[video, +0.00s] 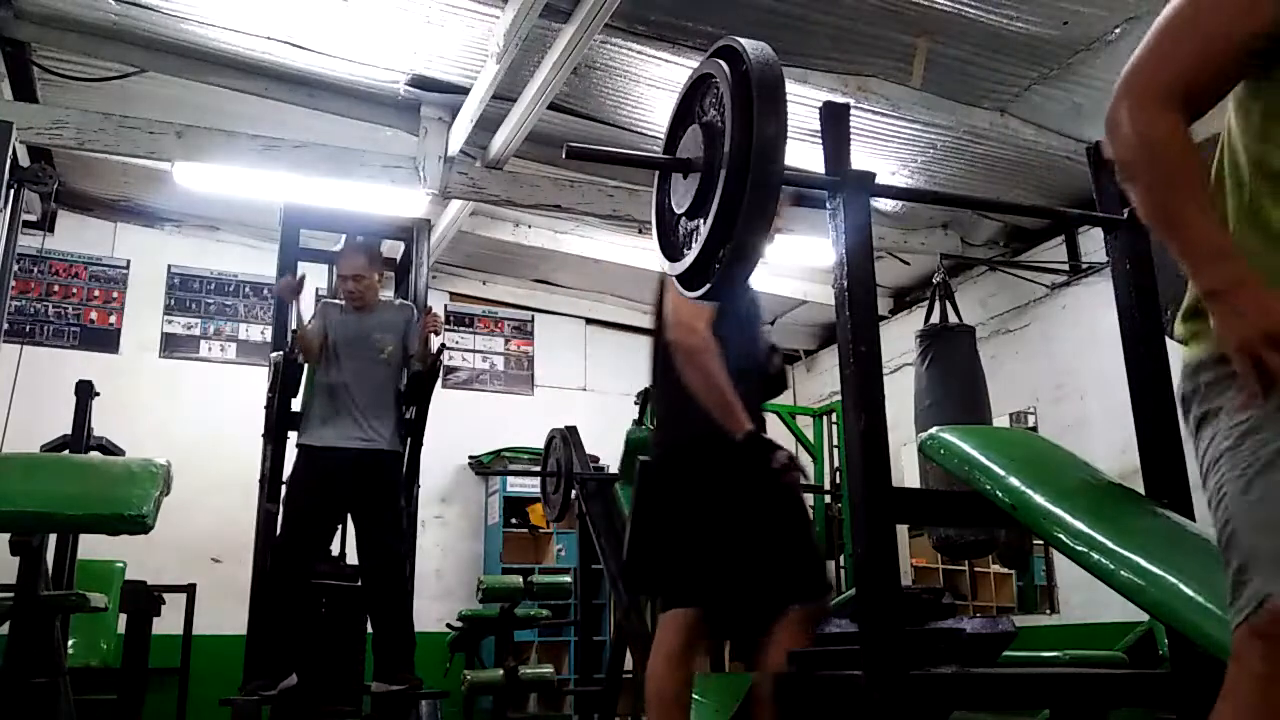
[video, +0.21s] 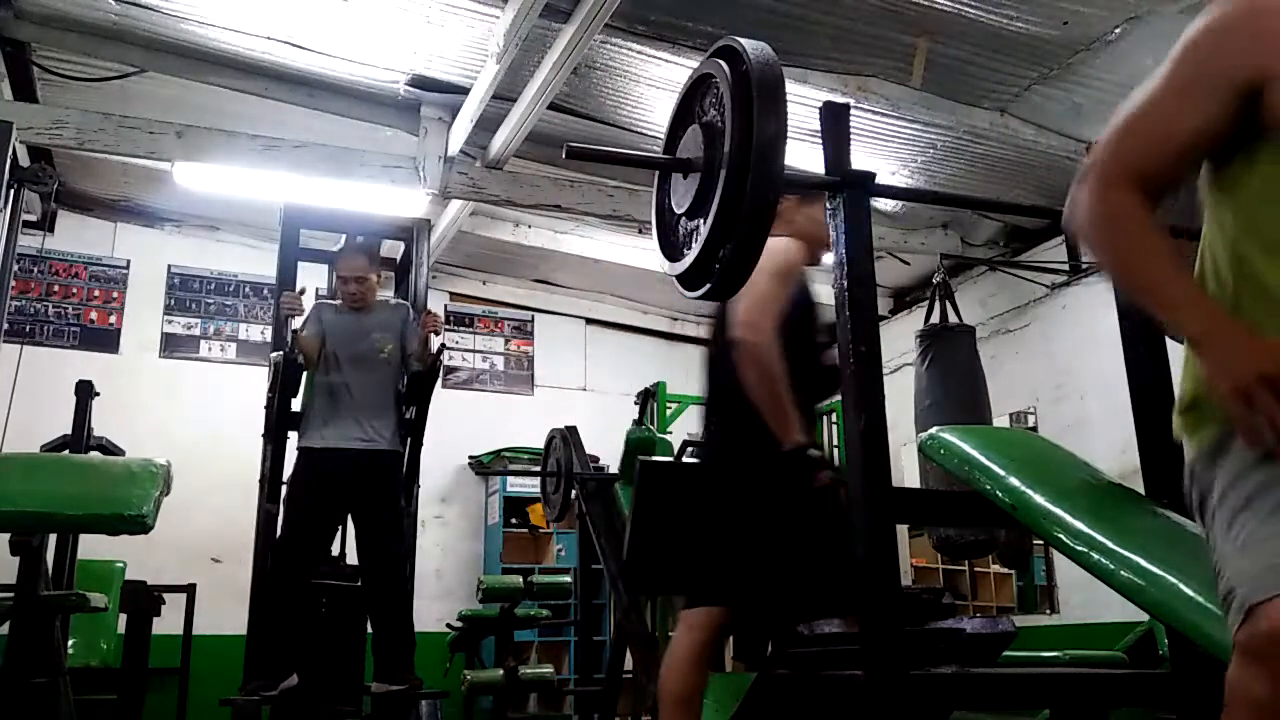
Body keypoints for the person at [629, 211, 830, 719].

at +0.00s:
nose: (783, 219)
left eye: (784, 206)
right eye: (779, 203)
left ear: (751, 204)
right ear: (749, 199)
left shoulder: (730, 272)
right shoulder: (704, 254)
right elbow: (688, 334)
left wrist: (762, 370)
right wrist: (749, 435)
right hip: (713, 461)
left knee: (682, 619)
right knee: (794, 607)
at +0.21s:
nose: (830, 219)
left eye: (828, 207)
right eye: (821, 205)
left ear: (787, 211)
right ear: (789, 208)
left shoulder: (761, 261)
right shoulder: (780, 252)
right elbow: (750, 331)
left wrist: (832, 365)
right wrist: (797, 441)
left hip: (736, 463)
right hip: (758, 464)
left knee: (701, 621)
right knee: (705, 618)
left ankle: (673, 718)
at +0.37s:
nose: (902, 223)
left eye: (902, 211)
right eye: (897, 208)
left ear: (863, 211)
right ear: (869, 207)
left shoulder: (851, 263)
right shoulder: (831, 246)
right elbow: (820, 330)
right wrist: (855, 423)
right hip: (816, 449)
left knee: (755, 606)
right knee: (757, 606)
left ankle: (702, 709)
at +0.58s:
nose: (963, 202)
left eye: (964, 190)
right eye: (956, 189)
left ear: (911, 187)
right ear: (921, 181)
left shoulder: (884, 242)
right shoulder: (915, 231)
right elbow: (917, 325)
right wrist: (972, 423)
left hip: (893, 444)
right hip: (927, 444)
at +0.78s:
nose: (1023, 207)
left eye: (1024, 195)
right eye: (1017, 192)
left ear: (964, 188)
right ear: (982, 183)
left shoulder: (924, 259)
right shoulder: (989, 242)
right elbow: (1031, 365)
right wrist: (1087, 459)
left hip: (929, 455)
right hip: (985, 454)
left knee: (977, 610)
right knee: (1013, 608)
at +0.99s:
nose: (1077, 227)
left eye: (1078, 216)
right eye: (1073, 214)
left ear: (1015, 205)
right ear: (1043, 203)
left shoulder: (972, 285)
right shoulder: (1041, 274)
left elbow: (949, 392)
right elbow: (1056, 385)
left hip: (982, 467)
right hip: (1038, 464)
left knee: (1017, 605)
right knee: (1075, 612)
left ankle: (974, 706)